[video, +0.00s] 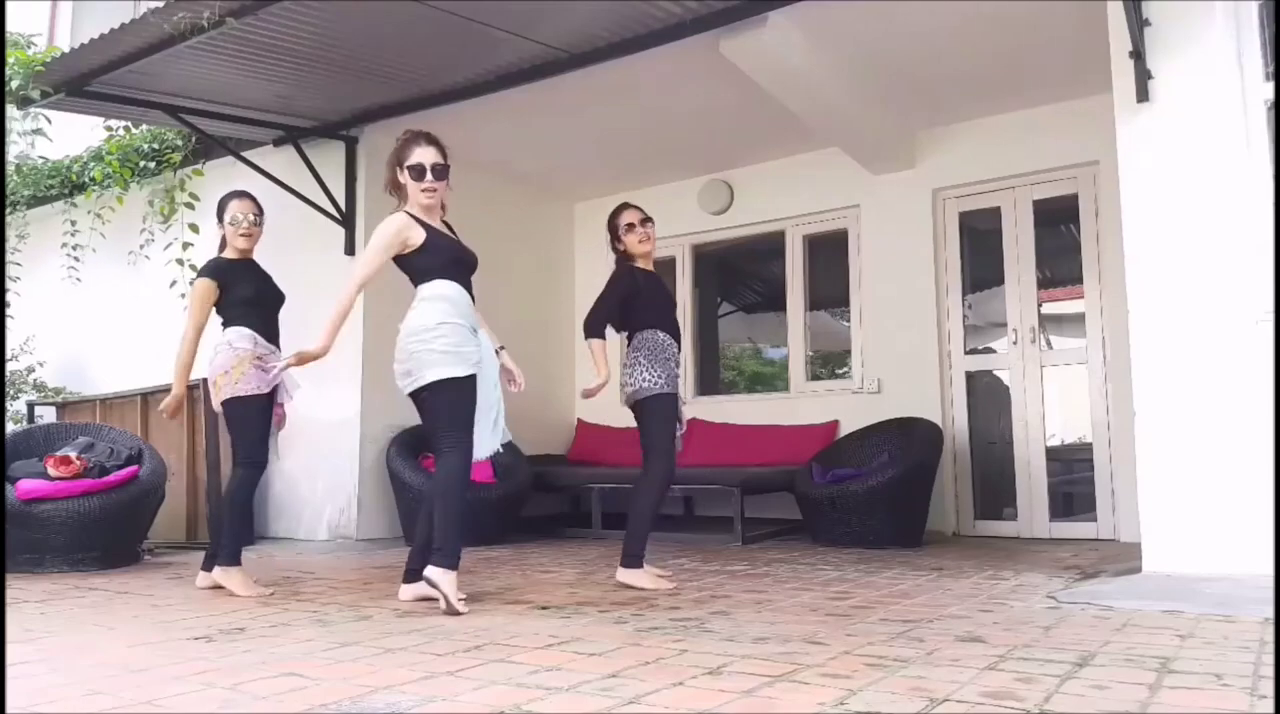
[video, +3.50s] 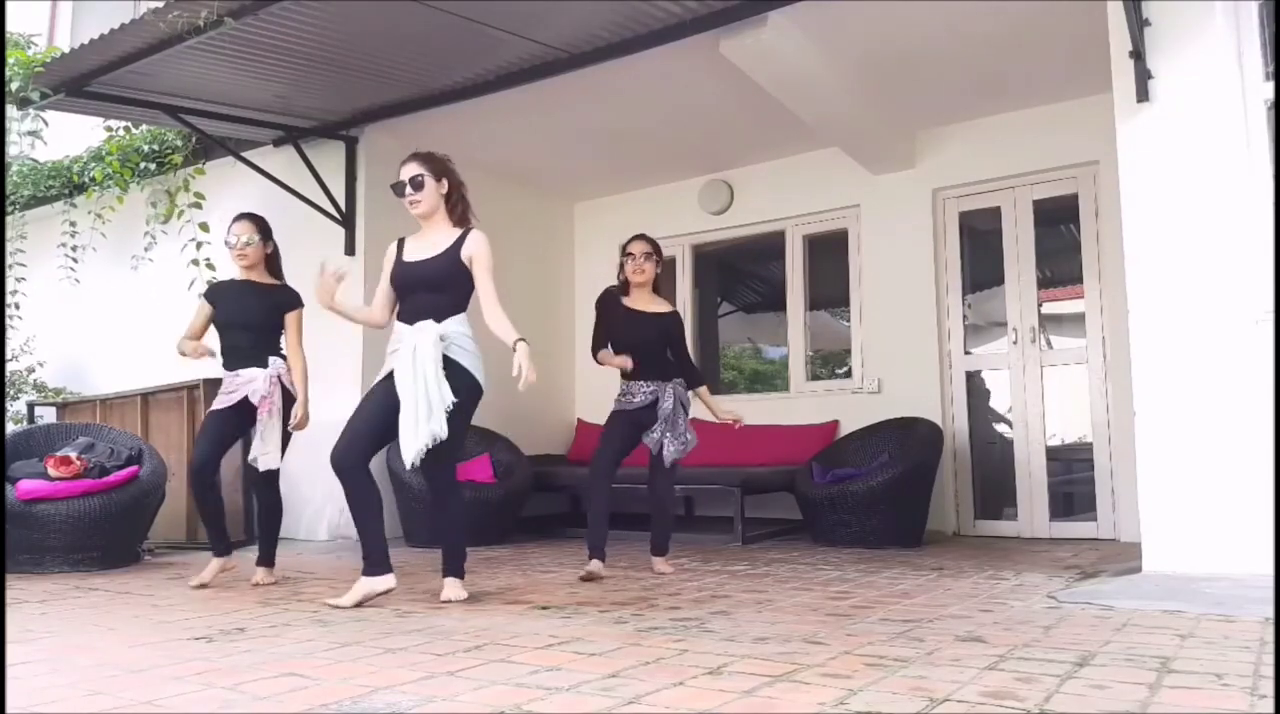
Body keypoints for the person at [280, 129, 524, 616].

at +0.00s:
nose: (429, 178)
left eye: (438, 170)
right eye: (417, 170)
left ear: (448, 176)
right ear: (399, 177)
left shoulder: (443, 228)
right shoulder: (401, 223)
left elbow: (463, 303)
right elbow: (355, 284)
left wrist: (498, 351)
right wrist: (323, 345)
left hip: (460, 347)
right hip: (433, 344)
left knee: (449, 458)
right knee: (455, 452)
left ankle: (417, 574)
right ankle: (445, 565)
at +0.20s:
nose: (427, 177)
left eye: (436, 168)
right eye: (416, 170)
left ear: (448, 174)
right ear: (401, 177)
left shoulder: (453, 227)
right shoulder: (399, 221)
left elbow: (469, 301)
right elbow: (362, 280)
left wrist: (503, 350)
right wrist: (366, 349)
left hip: (460, 345)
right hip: (424, 343)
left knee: (454, 451)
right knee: (462, 445)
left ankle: (419, 568)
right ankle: (430, 566)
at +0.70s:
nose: (428, 210)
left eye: (437, 202)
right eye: (417, 202)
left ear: (449, 211)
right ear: (402, 210)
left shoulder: (466, 266)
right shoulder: (388, 269)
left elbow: (479, 337)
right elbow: (389, 346)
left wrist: (488, 388)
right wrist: (386, 325)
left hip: (462, 388)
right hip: (408, 387)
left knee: (480, 489)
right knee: (401, 460)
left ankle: (420, 578)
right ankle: (421, 574)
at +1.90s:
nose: (418, 196)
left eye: (428, 188)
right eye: (409, 189)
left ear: (443, 196)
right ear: (398, 198)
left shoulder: (466, 252)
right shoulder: (382, 252)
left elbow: (482, 324)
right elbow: (343, 318)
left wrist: (504, 379)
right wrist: (336, 282)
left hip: (457, 373)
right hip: (401, 373)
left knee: (457, 486)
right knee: (358, 451)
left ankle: (423, 576)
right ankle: (380, 576)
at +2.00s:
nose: (418, 188)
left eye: (428, 180)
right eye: (408, 182)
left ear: (444, 185)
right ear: (399, 190)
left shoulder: (468, 244)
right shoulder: (384, 244)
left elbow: (484, 314)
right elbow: (333, 288)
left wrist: (505, 368)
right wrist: (330, 301)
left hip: (453, 362)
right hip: (397, 361)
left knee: (454, 472)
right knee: (383, 453)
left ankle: (423, 576)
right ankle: (360, 576)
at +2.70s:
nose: (421, 217)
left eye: (430, 208)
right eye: (412, 210)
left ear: (449, 211)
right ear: (404, 217)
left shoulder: (474, 263)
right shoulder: (391, 272)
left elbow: (495, 331)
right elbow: (378, 343)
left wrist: (518, 390)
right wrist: (356, 331)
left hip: (458, 381)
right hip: (405, 381)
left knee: (439, 476)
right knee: (342, 462)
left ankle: (435, 576)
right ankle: (373, 574)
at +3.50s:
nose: (408, 193)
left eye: (417, 183)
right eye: (401, 187)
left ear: (443, 185)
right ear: (399, 196)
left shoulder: (470, 240)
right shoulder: (398, 249)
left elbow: (490, 307)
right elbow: (379, 316)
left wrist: (518, 343)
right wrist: (333, 303)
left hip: (454, 364)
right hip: (405, 366)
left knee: (437, 465)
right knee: (346, 457)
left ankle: (453, 575)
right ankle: (376, 570)